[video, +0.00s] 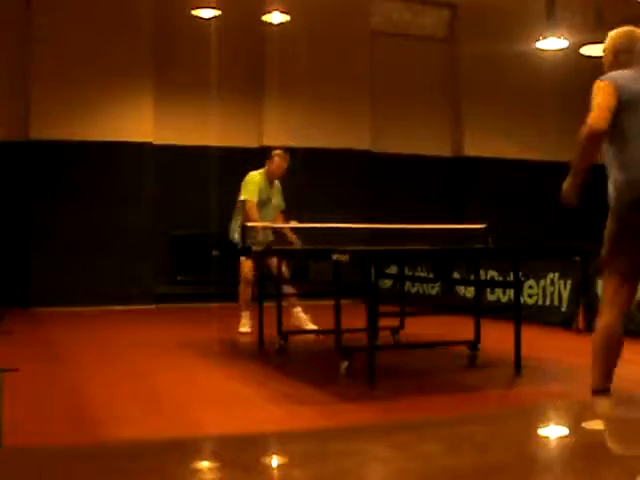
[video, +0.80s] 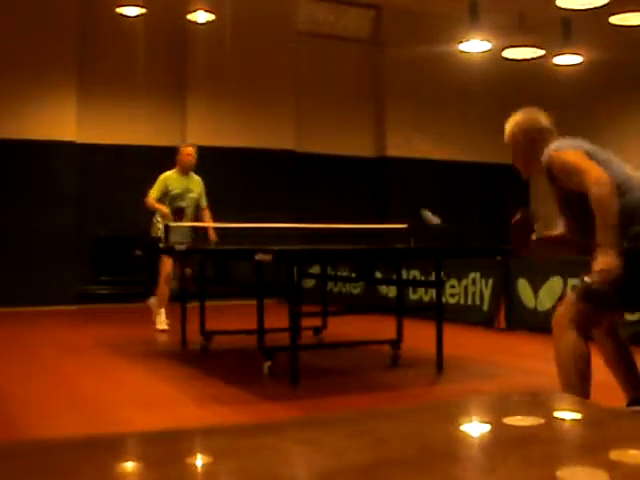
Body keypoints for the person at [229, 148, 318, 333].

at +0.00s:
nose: (281, 170)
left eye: (283, 167)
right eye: (278, 165)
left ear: (284, 168)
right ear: (269, 163)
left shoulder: (276, 185)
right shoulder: (253, 178)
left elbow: (277, 216)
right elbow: (250, 206)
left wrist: (288, 234)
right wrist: (258, 225)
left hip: (266, 235)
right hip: (245, 235)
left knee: (281, 269)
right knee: (247, 271)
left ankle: (295, 312)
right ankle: (245, 316)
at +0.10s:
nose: (273, 171)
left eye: (276, 168)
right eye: (272, 166)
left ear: (276, 167)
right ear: (263, 160)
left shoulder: (267, 183)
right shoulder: (246, 174)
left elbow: (265, 207)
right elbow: (254, 195)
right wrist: (271, 214)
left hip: (260, 234)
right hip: (240, 234)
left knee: (273, 268)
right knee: (243, 272)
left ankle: (277, 313)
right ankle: (241, 316)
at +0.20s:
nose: (249, 166)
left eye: (251, 163)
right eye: (248, 160)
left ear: (249, 165)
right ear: (240, 156)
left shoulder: (241, 183)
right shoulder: (220, 174)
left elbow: (233, 217)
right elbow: (217, 169)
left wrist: (237, 240)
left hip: (230, 231)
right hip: (212, 230)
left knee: (240, 269)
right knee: (218, 271)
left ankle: (231, 308)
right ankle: (219, 313)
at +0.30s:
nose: (216, 162)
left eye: (219, 159)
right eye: (214, 157)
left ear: (220, 163)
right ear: (204, 157)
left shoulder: (213, 184)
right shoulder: (191, 171)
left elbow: (208, 212)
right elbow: (174, 160)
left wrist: (208, 232)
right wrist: (194, 149)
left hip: (202, 230)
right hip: (184, 227)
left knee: (197, 272)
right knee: (191, 271)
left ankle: (179, 301)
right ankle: (192, 313)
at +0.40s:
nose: (194, 169)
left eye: (197, 166)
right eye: (192, 164)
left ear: (199, 170)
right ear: (184, 163)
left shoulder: (193, 190)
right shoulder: (169, 178)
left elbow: (193, 219)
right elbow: (150, 177)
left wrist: (197, 242)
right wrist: (171, 162)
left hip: (181, 236)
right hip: (163, 233)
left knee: (170, 272)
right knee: (171, 270)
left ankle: (154, 305)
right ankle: (174, 313)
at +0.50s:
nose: (188, 169)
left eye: (191, 165)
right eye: (185, 164)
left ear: (193, 168)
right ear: (176, 164)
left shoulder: (187, 192)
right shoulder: (163, 182)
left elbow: (192, 222)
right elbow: (143, 191)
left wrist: (200, 243)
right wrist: (163, 185)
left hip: (173, 236)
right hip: (156, 233)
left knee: (162, 273)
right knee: (165, 269)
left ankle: (147, 307)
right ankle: (167, 313)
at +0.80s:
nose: (190, 159)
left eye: (192, 155)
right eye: (187, 155)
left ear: (195, 159)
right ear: (179, 158)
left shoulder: (197, 181)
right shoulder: (167, 178)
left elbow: (204, 208)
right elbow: (150, 199)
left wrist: (210, 229)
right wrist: (162, 209)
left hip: (185, 231)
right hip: (166, 230)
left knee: (180, 272)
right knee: (167, 271)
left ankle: (157, 299)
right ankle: (161, 311)